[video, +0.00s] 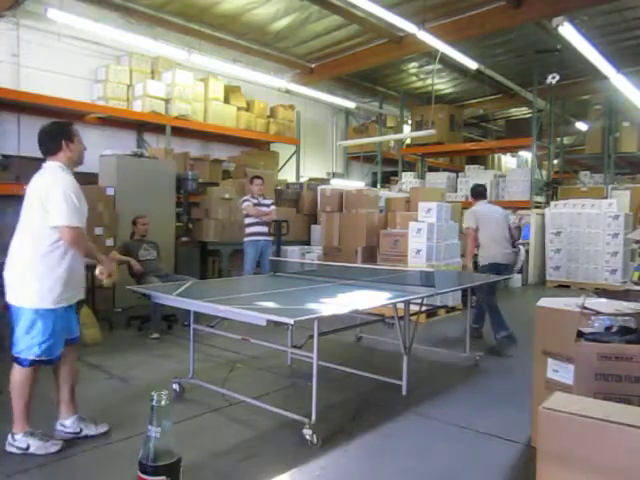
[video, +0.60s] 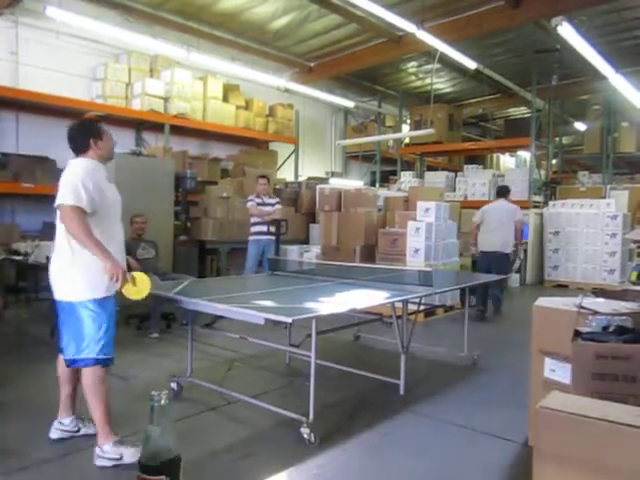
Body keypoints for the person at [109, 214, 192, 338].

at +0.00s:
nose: (146, 228)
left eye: (147, 225)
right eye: (143, 225)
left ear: (149, 226)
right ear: (135, 227)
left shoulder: (154, 245)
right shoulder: (128, 244)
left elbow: (158, 262)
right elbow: (112, 255)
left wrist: (162, 272)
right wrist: (130, 260)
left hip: (161, 274)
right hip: (145, 276)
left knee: (192, 283)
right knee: (159, 293)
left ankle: (189, 320)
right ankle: (154, 329)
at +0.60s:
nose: (140, 226)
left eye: (143, 223)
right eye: (136, 223)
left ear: (146, 225)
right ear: (131, 226)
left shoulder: (152, 244)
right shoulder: (126, 244)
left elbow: (155, 264)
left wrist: (165, 274)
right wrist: (128, 260)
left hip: (158, 274)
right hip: (142, 276)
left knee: (189, 281)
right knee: (158, 290)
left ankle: (186, 320)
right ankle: (154, 328)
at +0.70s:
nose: (140, 226)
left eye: (143, 223)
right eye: (136, 223)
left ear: (147, 225)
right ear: (131, 225)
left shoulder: (152, 244)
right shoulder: (128, 244)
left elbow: (156, 263)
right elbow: (130, 262)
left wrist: (161, 273)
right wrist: (141, 272)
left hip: (159, 274)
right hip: (143, 275)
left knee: (189, 281)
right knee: (162, 290)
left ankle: (186, 318)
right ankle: (155, 327)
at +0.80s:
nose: (142, 226)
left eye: (144, 223)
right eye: (139, 224)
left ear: (147, 225)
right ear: (134, 225)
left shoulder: (152, 245)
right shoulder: (130, 243)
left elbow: (156, 266)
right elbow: (132, 266)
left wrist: (165, 274)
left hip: (157, 274)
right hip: (142, 275)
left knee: (190, 282)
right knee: (158, 288)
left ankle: (186, 319)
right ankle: (154, 327)